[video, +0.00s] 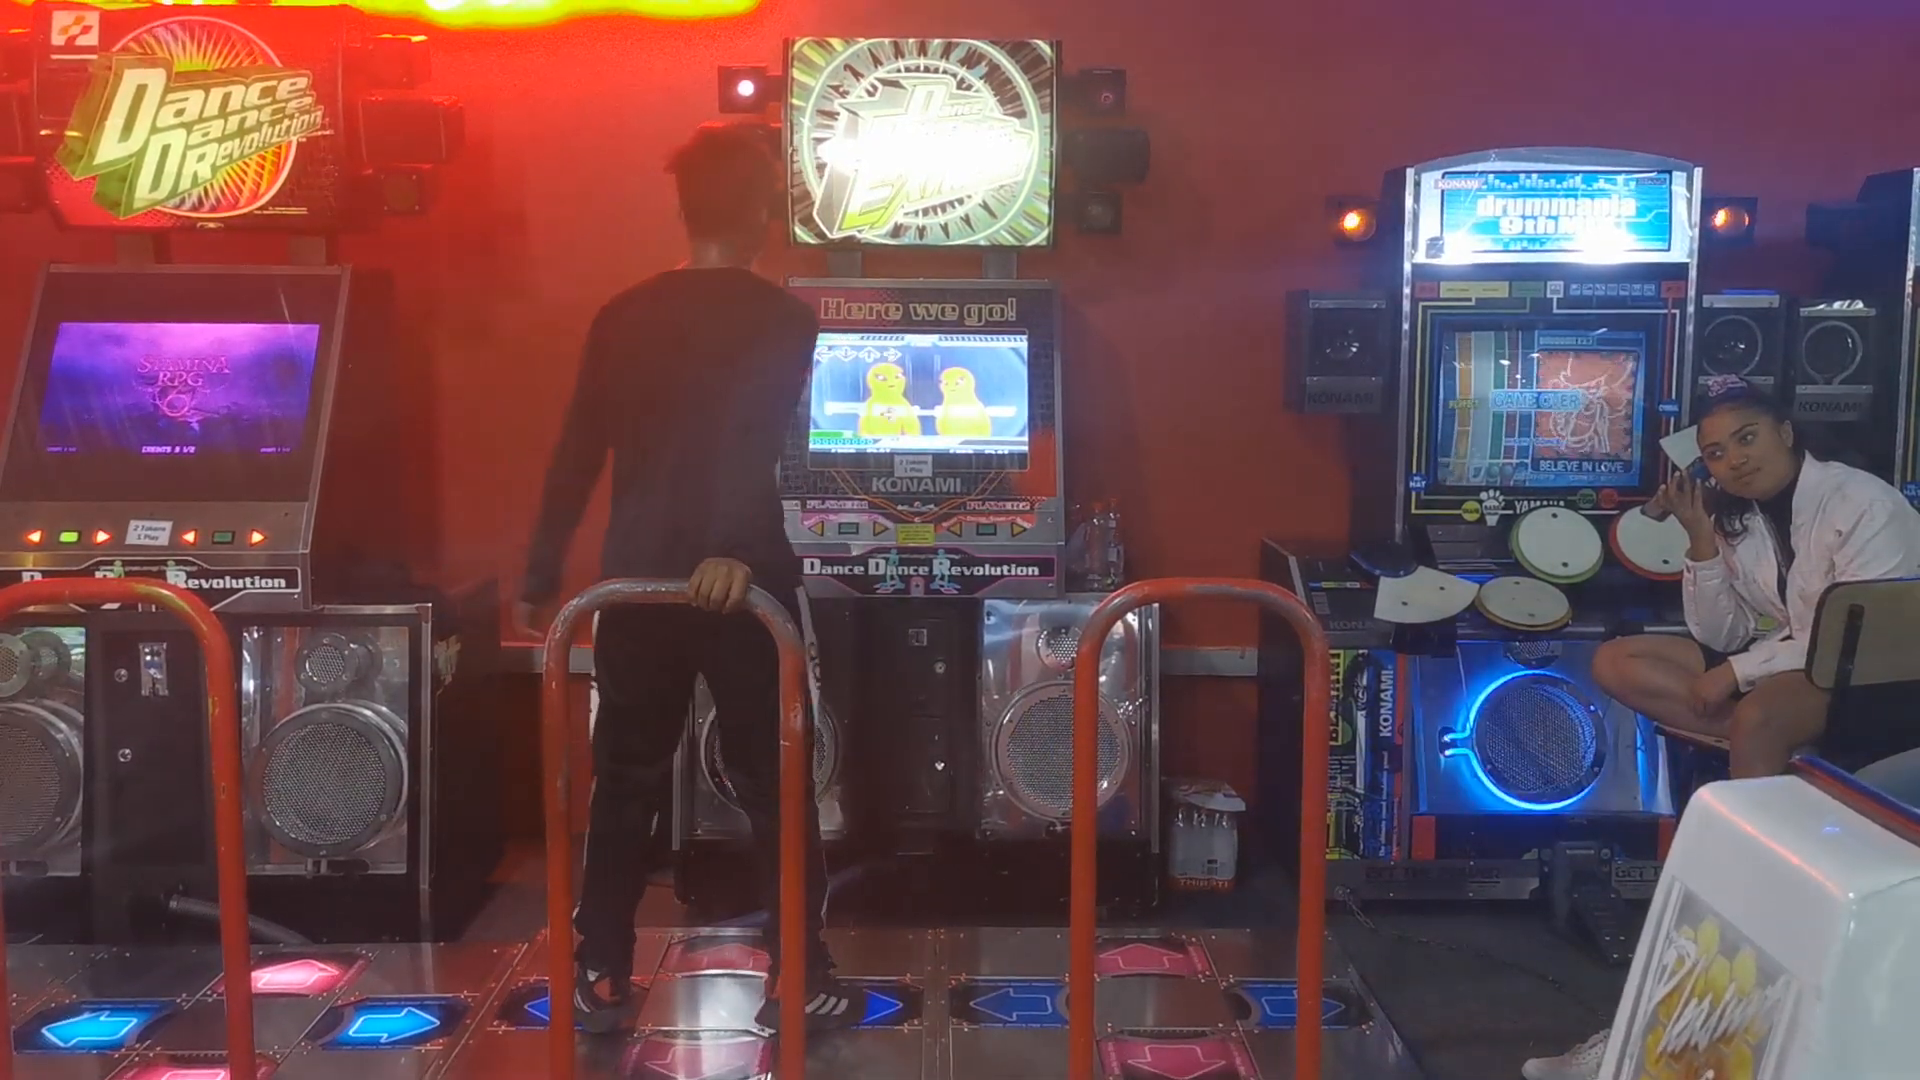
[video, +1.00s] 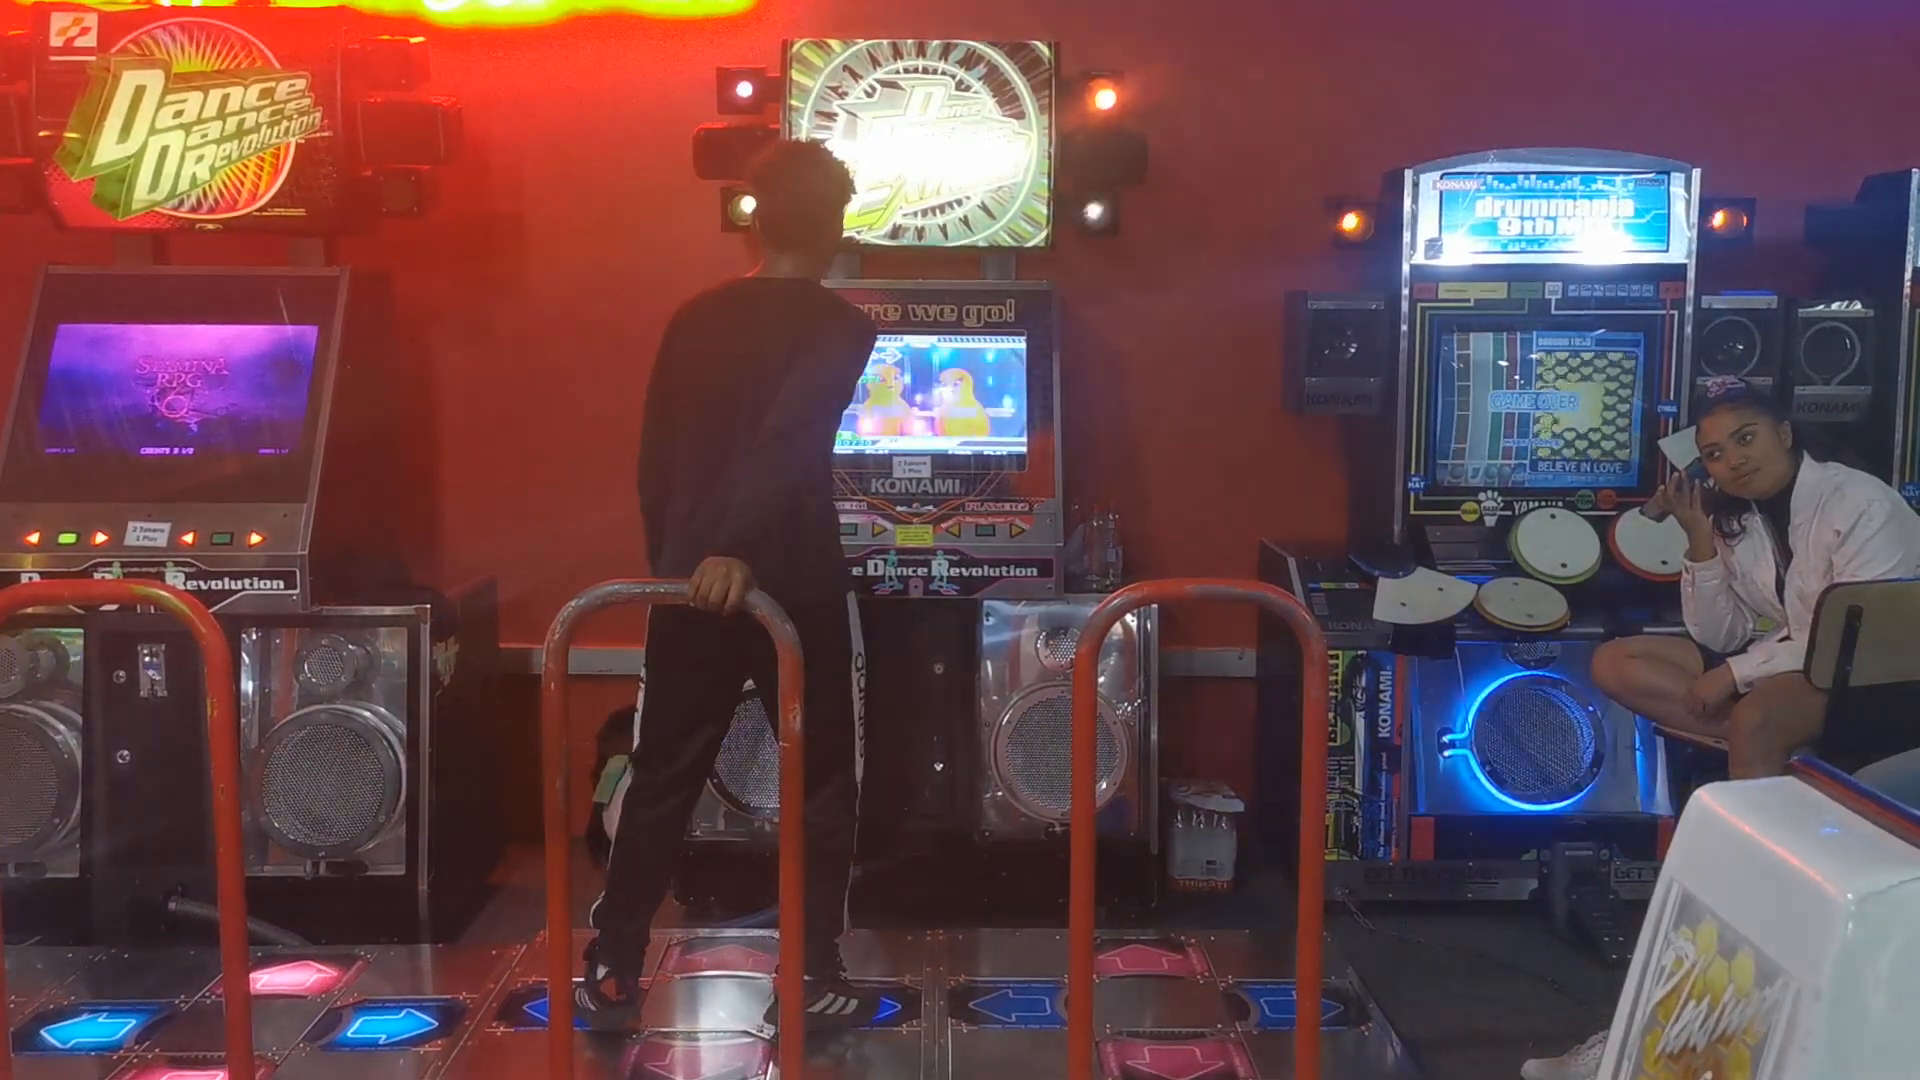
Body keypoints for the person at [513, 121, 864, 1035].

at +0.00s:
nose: (779, 220)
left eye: (774, 205)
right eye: (774, 206)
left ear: (686, 212)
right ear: (758, 215)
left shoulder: (626, 312)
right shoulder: (786, 318)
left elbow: (577, 452)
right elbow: (769, 444)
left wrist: (540, 578)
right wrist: (736, 545)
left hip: (640, 578)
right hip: (747, 582)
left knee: (625, 783)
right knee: (768, 782)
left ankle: (602, 974)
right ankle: (806, 970)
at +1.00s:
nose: (842, 230)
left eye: (834, 214)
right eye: (840, 216)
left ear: (757, 224)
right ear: (833, 228)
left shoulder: (694, 317)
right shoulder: (837, 324)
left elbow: (656, 459)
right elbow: (787, 433)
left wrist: (677, 562)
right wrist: (735, 543)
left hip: (689, 570)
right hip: (792, 572)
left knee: (664, 772)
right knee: (818, 778)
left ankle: (611, 971)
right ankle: (814, 983)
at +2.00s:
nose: (782, 240)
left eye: (778, 225)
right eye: (779, 226)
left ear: (684, 228)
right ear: (766, 233)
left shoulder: (609, 323)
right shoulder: (778, 335)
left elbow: (571, 469)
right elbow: (749, 439)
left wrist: (566, 594)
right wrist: (725, 540)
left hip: (606, 592)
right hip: (719, 595)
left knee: (607, 781)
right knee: (765, 773)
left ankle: (600, 983)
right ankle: (811, 978)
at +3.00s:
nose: (790, 235)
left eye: (780, 222)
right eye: (785, 223)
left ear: (697, 230)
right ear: (771, 230)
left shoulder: (626, 321)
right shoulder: (788, 329)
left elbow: (589, 461)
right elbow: (759, 444)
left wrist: (631, 546)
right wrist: (732, 549)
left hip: (627, 581)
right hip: (737, 582)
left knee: (620, 780)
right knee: (762, 747)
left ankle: (599, 976)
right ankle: (750, 917)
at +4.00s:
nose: (798, 229)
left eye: (767, 212)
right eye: (802, 215)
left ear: (723, 219)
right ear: (803, 221)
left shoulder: (652, 315)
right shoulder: (824, 329)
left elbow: (612, 451)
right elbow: (773, 438)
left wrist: (642, 560)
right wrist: (729, 547)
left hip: (665, 576)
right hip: (765, 576)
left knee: (680, 782)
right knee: (740, 769)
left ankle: (717, 998)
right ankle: (731, 956)